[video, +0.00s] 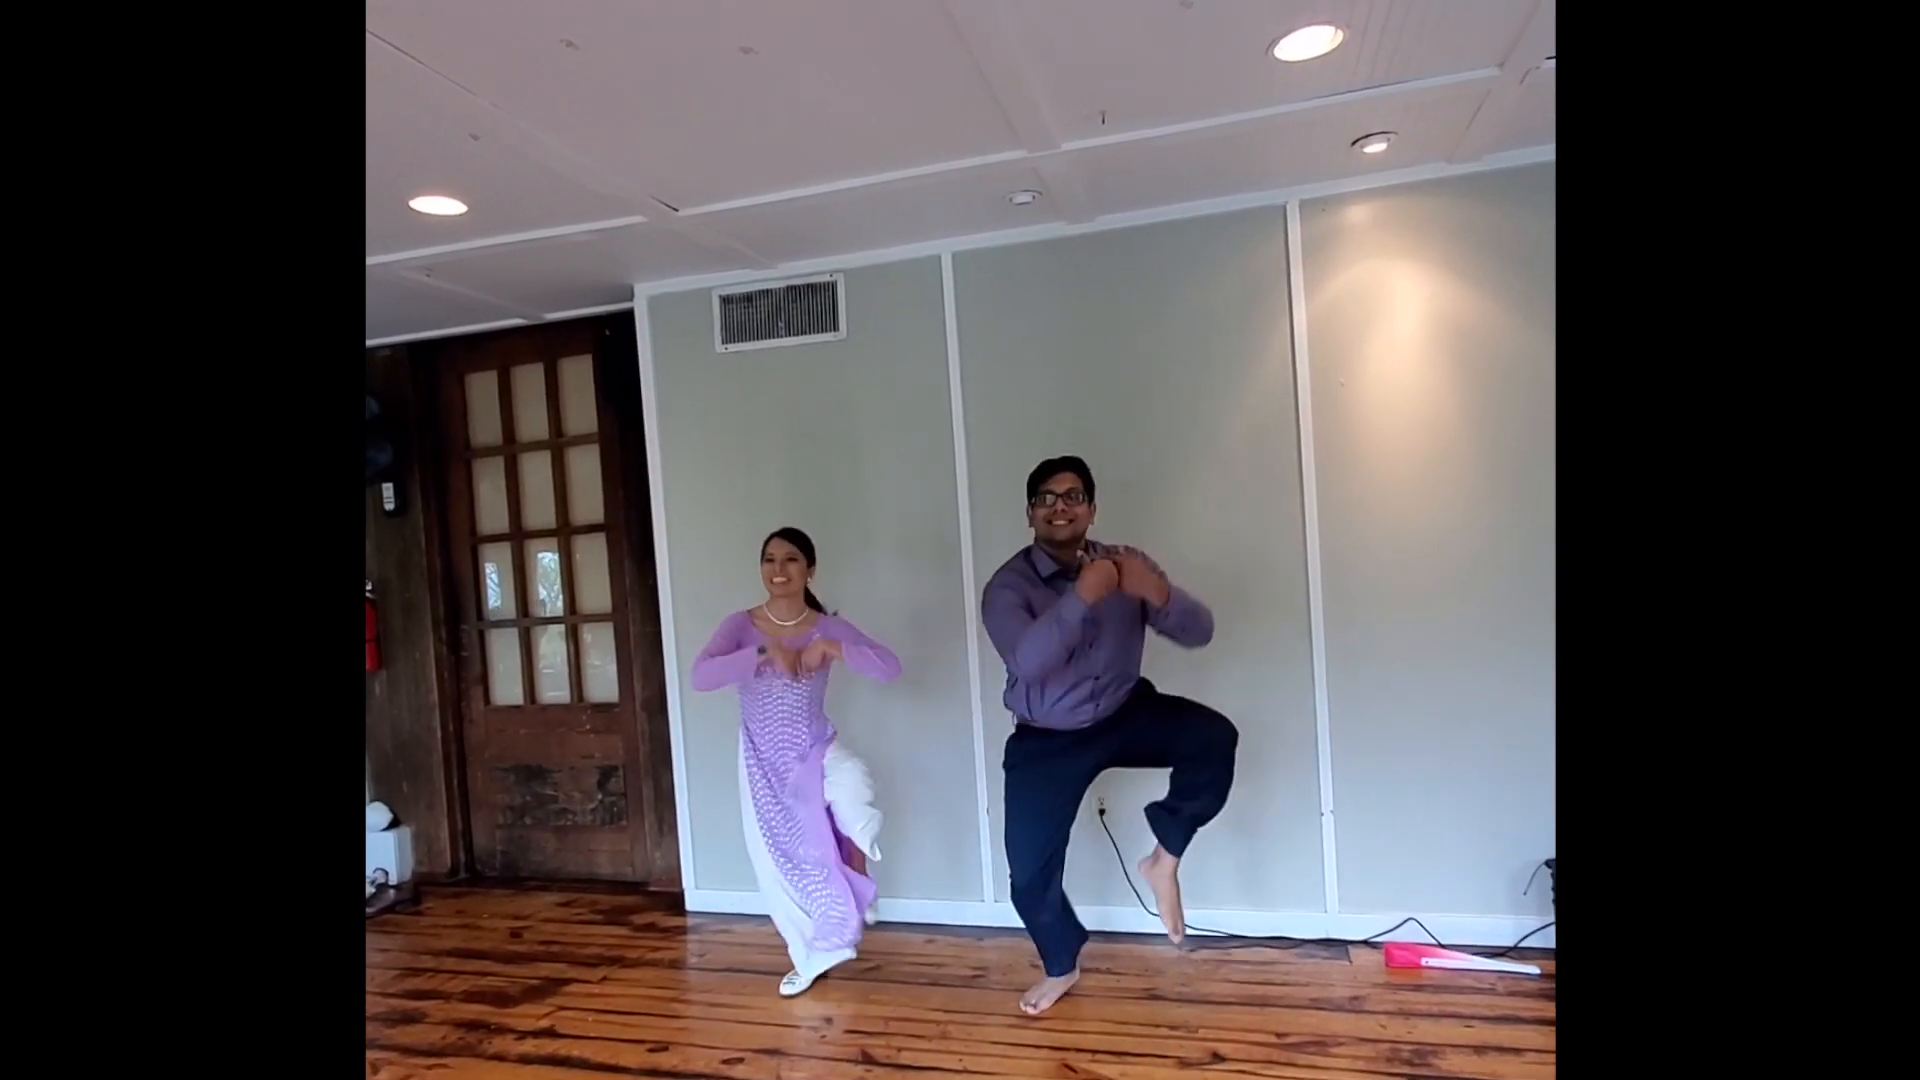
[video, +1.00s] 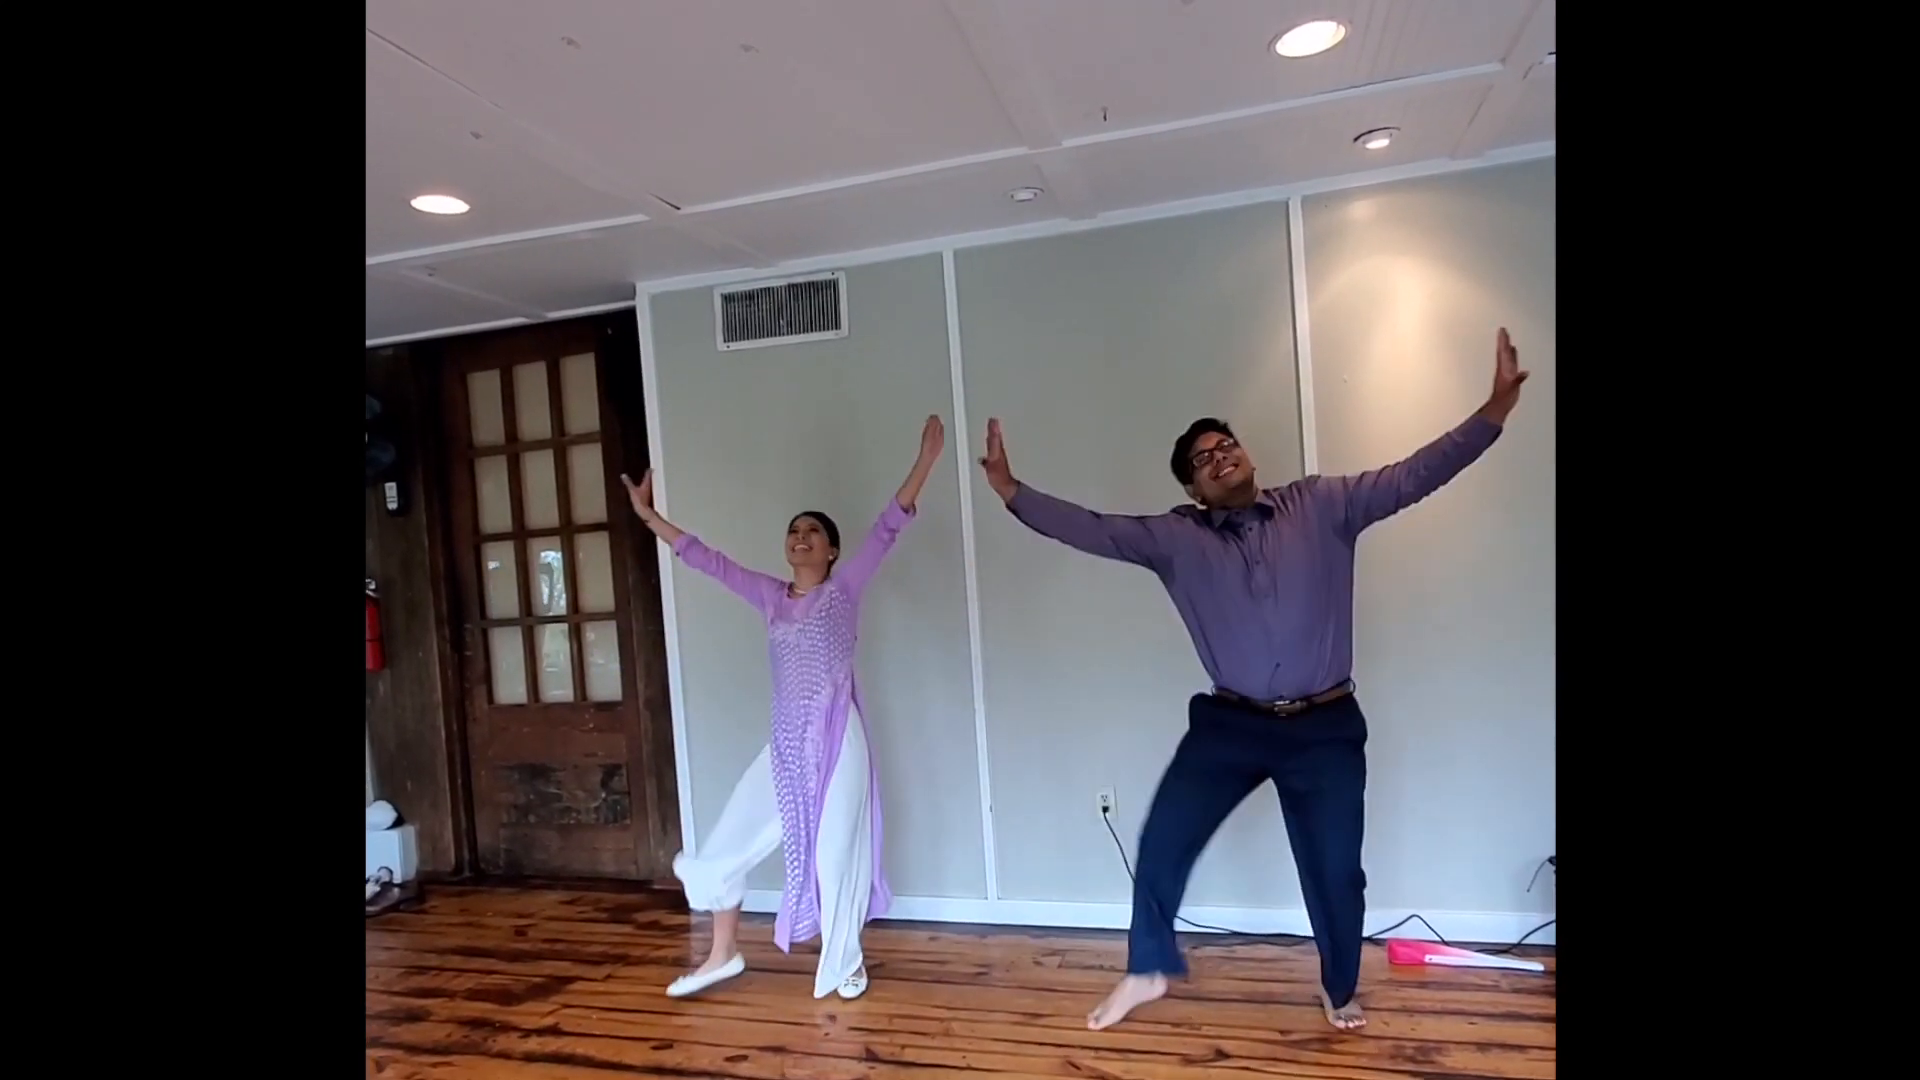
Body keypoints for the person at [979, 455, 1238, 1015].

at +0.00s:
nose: (1058, 507)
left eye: (1072, 497)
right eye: (1046, 498)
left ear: (1090, 510)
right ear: (1031, 512)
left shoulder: (1124, 565)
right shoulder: (1008, 588)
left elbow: (1200, 630)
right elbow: (1026, 661)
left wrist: (1158, 598)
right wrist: (1081, 598)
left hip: (1126, 713)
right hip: (1046, 737)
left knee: (1212, 739)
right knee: (1030, 874)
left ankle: (1162, 860)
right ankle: (1061, 964)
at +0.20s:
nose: (1066, 521)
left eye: (1079, 511)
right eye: (1054, 513)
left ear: (1098, 523)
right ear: (1037, 527)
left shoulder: (1137, 589)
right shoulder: (1011, 613)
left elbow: (1166, 679)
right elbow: (1029, 707)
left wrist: (1177, 768)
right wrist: (1057, 787)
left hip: (1125, 753)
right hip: (1043, 755)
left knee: (1175, 861)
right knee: (1038, 874)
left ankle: (1154, 1001)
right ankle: (1051, 977)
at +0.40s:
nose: (1113, 494)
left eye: (1125, 483)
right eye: (1100, 487)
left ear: (1148, 496)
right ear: (1084, 502)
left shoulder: (1189, 564)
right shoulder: (1047, 563)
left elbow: (1272, 604)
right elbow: (967, 606)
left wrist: (1359, 649)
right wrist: (892, 649)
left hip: (1169, 739)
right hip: (1080, 746)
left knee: (1248, 829)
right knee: (1059, 872)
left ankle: (1228, 953)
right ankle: (1057, 976)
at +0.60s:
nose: (1173, 471)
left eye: (1186, 460)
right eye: (1161, 464)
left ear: (1212, 470)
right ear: (1149, 479)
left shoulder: (1268, 525)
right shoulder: (1120, 540)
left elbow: (1361, 510)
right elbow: (1035, 534)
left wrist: (1460, 494)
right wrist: (950, 514)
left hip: (1243, 729)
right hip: (1149, 717)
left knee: (1291, 854)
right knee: (1075, 809)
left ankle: (1332, 980)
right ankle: (1092, 917)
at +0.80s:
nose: (1212, 481)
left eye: (1228, 470)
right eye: (1201, 473)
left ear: (1256, 484)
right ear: (1190, 492)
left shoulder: (1313, 542)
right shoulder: (1169, 568)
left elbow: (1403, 541)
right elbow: (1085, 588)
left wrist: (1441, 470)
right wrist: (1035, 523)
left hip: (1292, 738)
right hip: (1196, 723)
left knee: (1329, 875)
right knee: (1115, 774)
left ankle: (1330, 991)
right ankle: (1179, 869)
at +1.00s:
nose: (1220, 458)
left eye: (1225, 448)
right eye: (1204, 459)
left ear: (1248, 457)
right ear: (1192, 488)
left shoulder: (1319, 503)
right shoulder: (1176, 538)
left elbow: (1411, 475)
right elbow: (1093, 527)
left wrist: (1494, 411)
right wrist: (1012, 492)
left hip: (1323, 722)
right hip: (1230, 722)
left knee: (1335, 871)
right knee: (1162, 841)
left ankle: (1341, 992)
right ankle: (1149, 968)